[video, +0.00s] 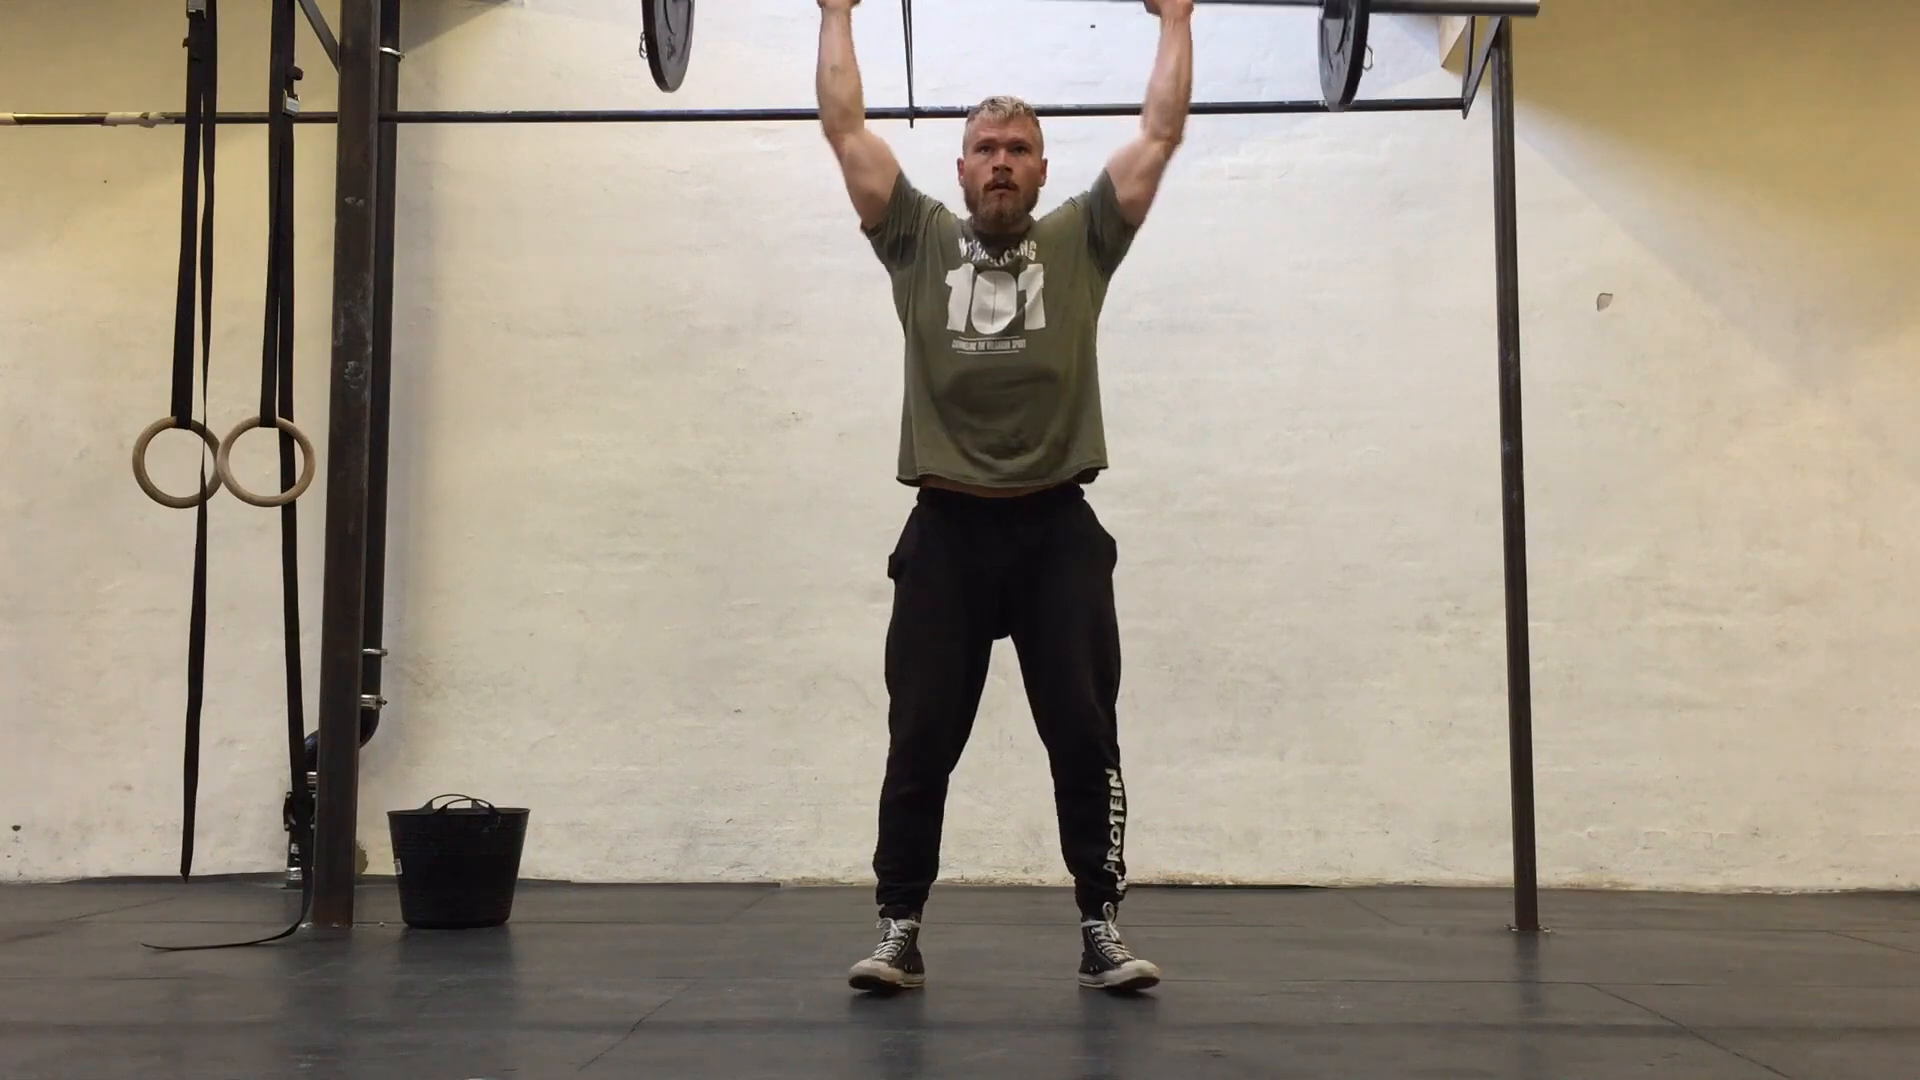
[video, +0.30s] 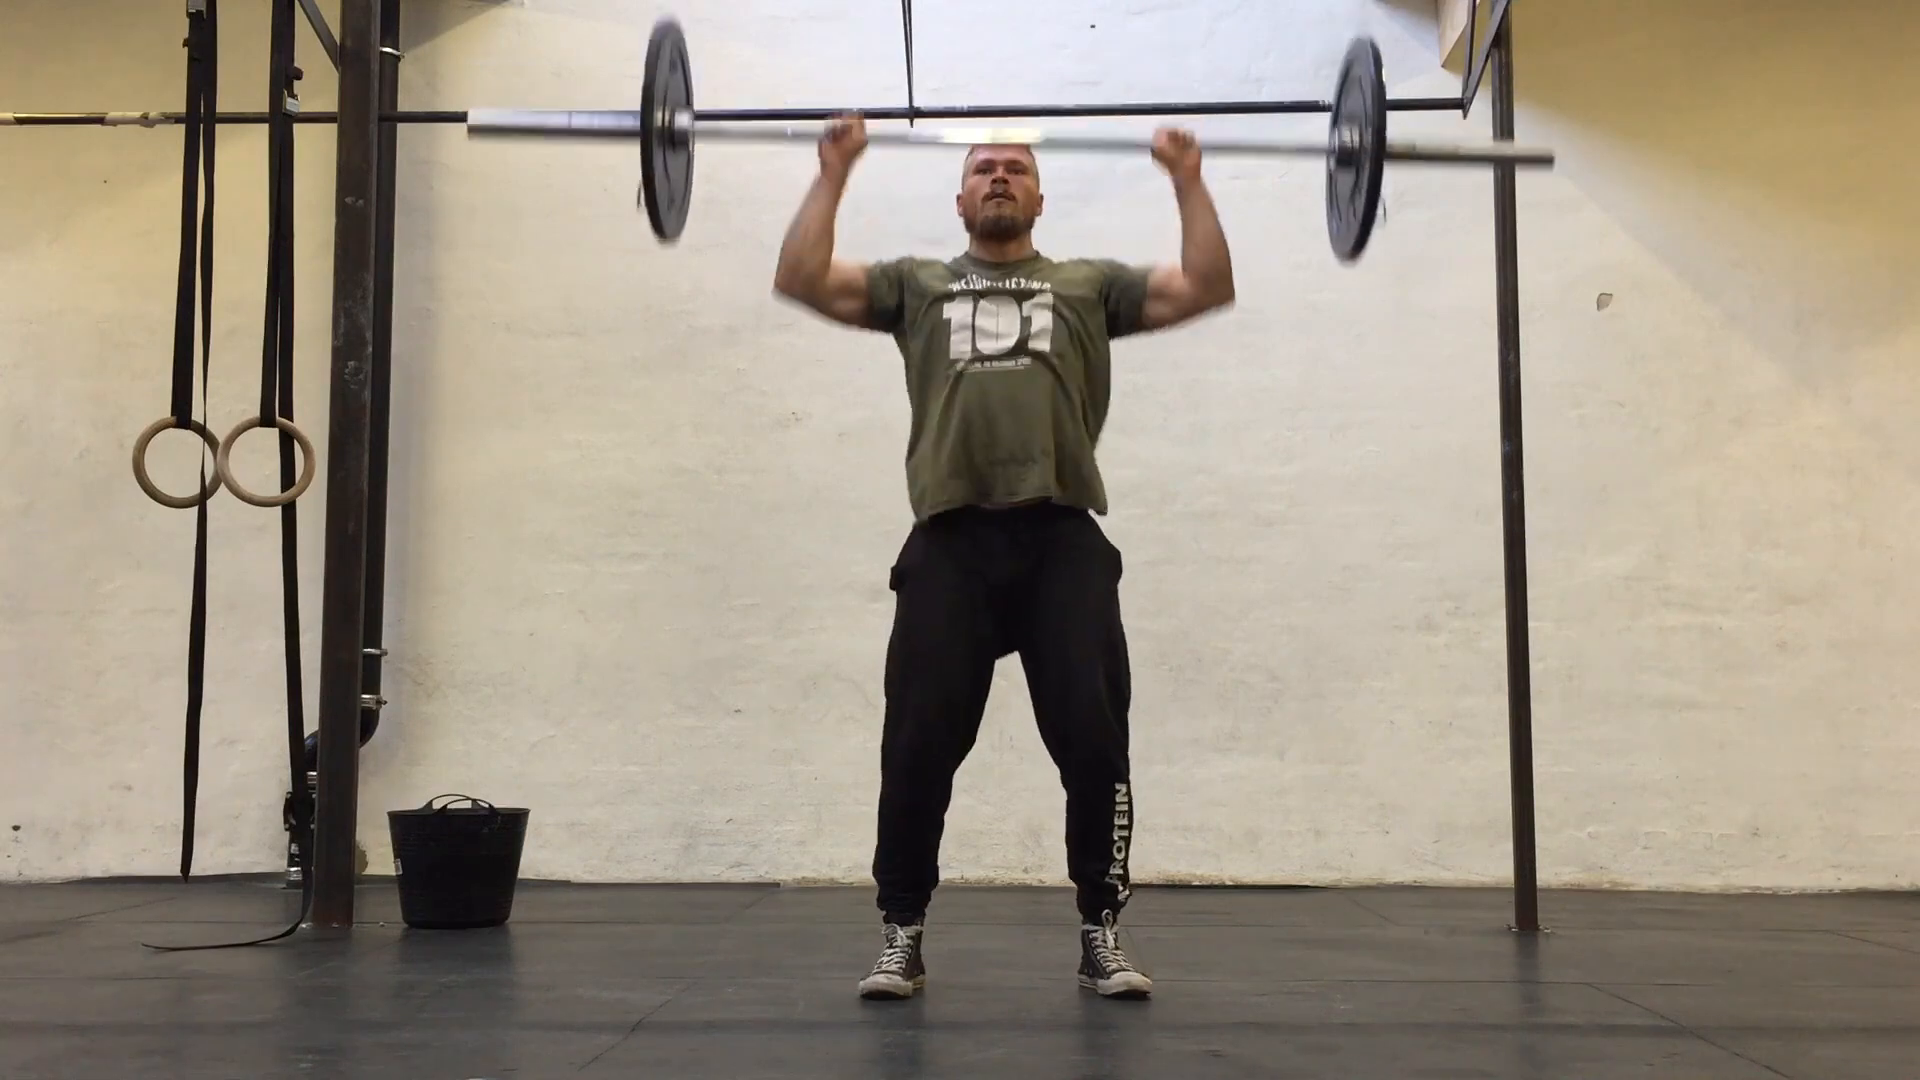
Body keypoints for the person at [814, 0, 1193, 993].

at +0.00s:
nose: (1002, 162)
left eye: (1019, 150)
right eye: (985, 150)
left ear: (1043, 170)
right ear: (961, 167)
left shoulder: (1080, 244)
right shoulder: (920, 243)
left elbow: (1157, 138)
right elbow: (846, 128)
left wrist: (1176, 21)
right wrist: (836, 12)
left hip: (1058, 535)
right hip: (946, 536)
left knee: (1084, 736)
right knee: (920, 739)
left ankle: (1102, 934)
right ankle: (898, 934)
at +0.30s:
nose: (998, 176)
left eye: (1015, 170)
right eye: (983, 170)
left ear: (1039, 199)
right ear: (961, 200)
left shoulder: (1084, 283)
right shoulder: (919, 283)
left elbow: (1207, 288)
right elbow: (801, 279)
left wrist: (1189, 178)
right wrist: (831, 172)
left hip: (1064, 541)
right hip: (949, 543)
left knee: (1095, 738)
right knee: (917, 745)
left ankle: (1102, 938)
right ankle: (900, 938)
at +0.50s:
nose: (1005, 159)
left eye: (1021, 150)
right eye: (988, 149)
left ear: (1045, 178)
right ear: (964, 179)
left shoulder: (1088, 263)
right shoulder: (921, 258)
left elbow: (1202, 293)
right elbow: (798, 274)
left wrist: (1188, 303)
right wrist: (834, 286)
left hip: (1067, 527)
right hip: (953, 527)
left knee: (1098, 729)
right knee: (925, 730)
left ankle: (1111, 928)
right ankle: (901, 930)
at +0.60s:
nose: (1009, 156)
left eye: (1025, 146)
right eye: (993, 145)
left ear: (1048, 173)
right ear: (966, 172)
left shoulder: (1090, 262)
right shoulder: (924, 263)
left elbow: (1194, 332)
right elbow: (820, 332)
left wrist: (1183, 416)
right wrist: (839, 406)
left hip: (1068, 526)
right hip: (957, 526)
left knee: (1099, 724)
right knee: (927, 723)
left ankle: (1110, 927)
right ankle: (902, 929)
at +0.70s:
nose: (1007, 174)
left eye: (1023, 164)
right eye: (991, 163)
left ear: (1048, 194)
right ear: (964, 193)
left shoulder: (1096, 298)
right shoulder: (918, 301)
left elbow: (1170, 402)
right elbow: (844, 403)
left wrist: (1179, 524)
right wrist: (843, 514)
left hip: (1074, 567)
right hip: (951, 568)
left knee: (1110, 750)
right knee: (918, 752)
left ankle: (1106, 936)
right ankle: (904, 938)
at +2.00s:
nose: (1004, 279)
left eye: (1021, 271)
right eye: (988, 270)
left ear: (1044, 303)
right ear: (963, 301)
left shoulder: (1089, 392)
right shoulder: (924, 396)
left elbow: (1167, 442)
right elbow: (857, 436)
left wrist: (1166, 359)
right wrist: (843, 362)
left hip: (1066, 649)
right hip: (944, 648)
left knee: (1168, 776)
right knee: (857, 779)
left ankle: (1107, 943)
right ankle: (908, 945)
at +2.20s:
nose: (1002, 173)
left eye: (1018, 168)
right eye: (986, 168)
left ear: (1041, 200)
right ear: (962, 201)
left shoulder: (1075, 279)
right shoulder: (924, 283)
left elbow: (1155, 303)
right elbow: (857, 318)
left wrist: (1169, 219)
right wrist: (841, 234)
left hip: (1060, 552)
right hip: (945, 552)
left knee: (1095, 747)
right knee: (916, 748)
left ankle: (1107, 938)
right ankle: (905, 938)